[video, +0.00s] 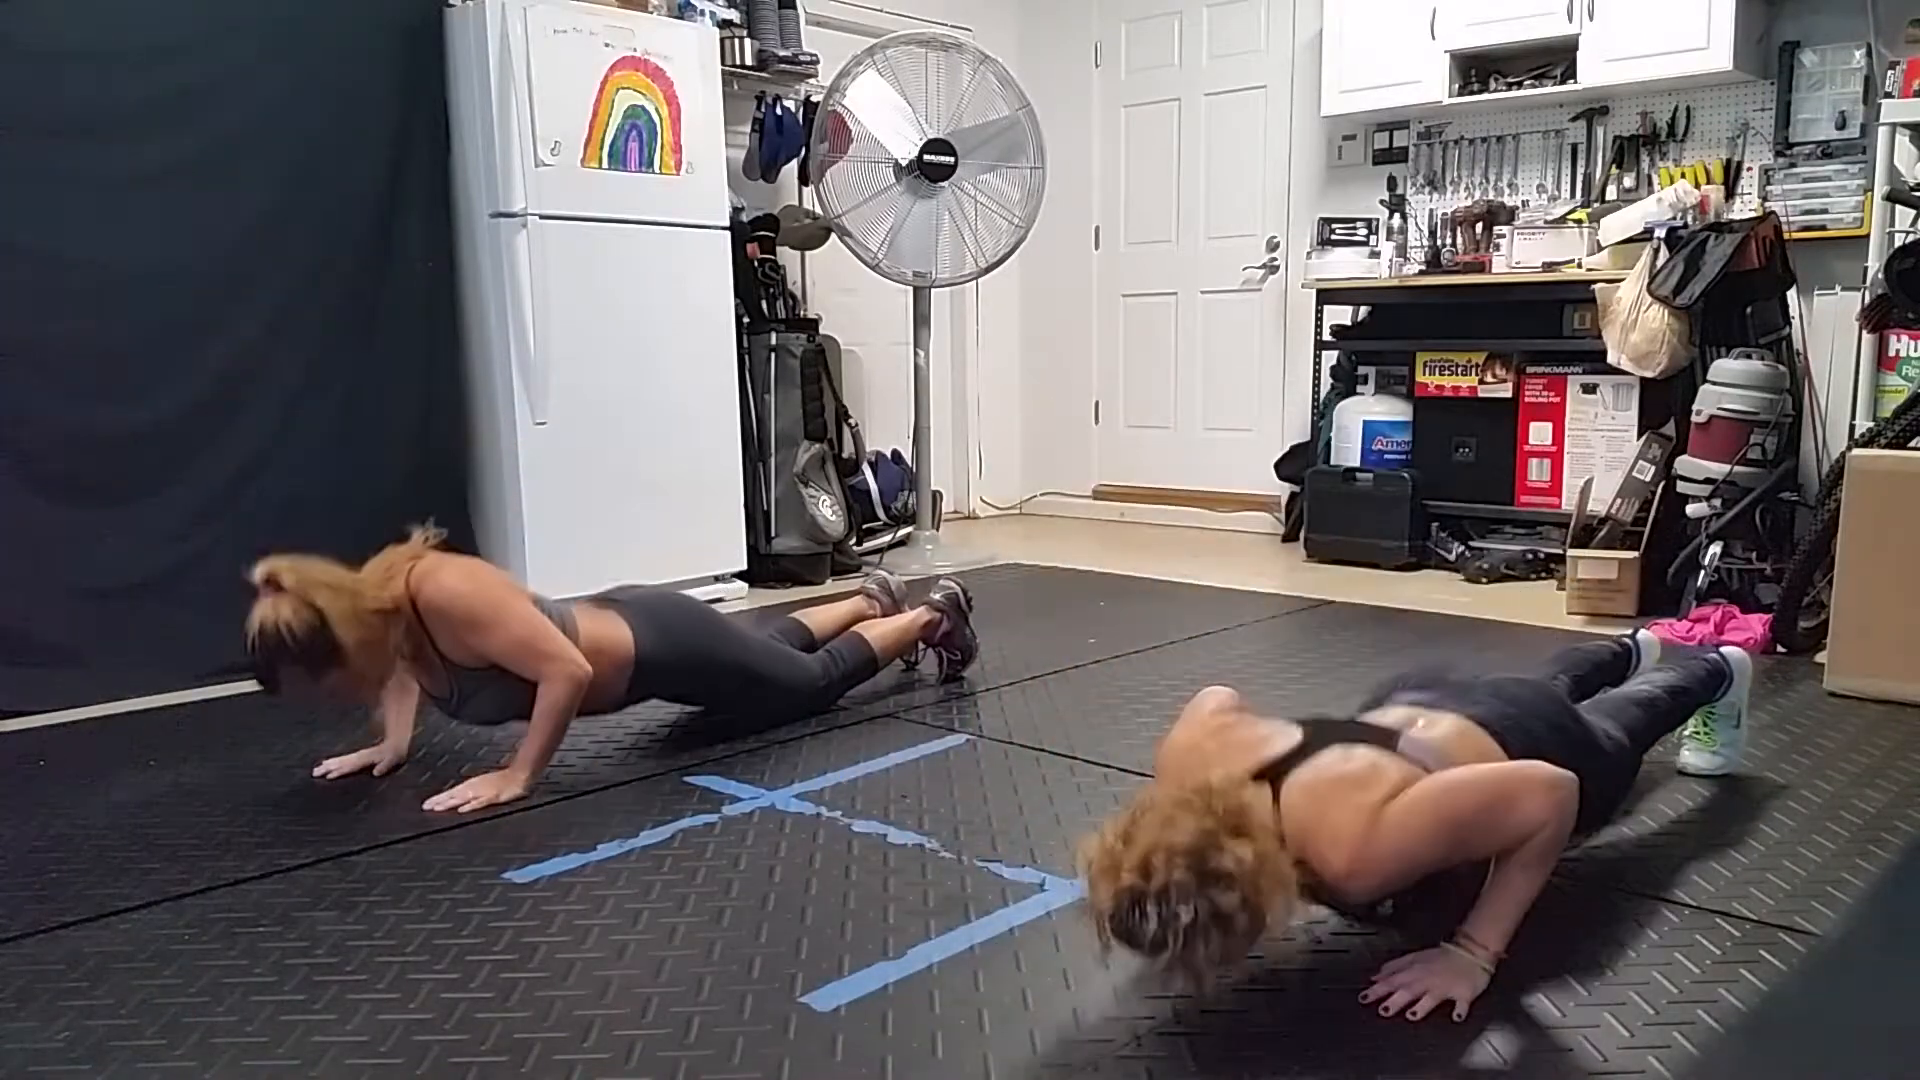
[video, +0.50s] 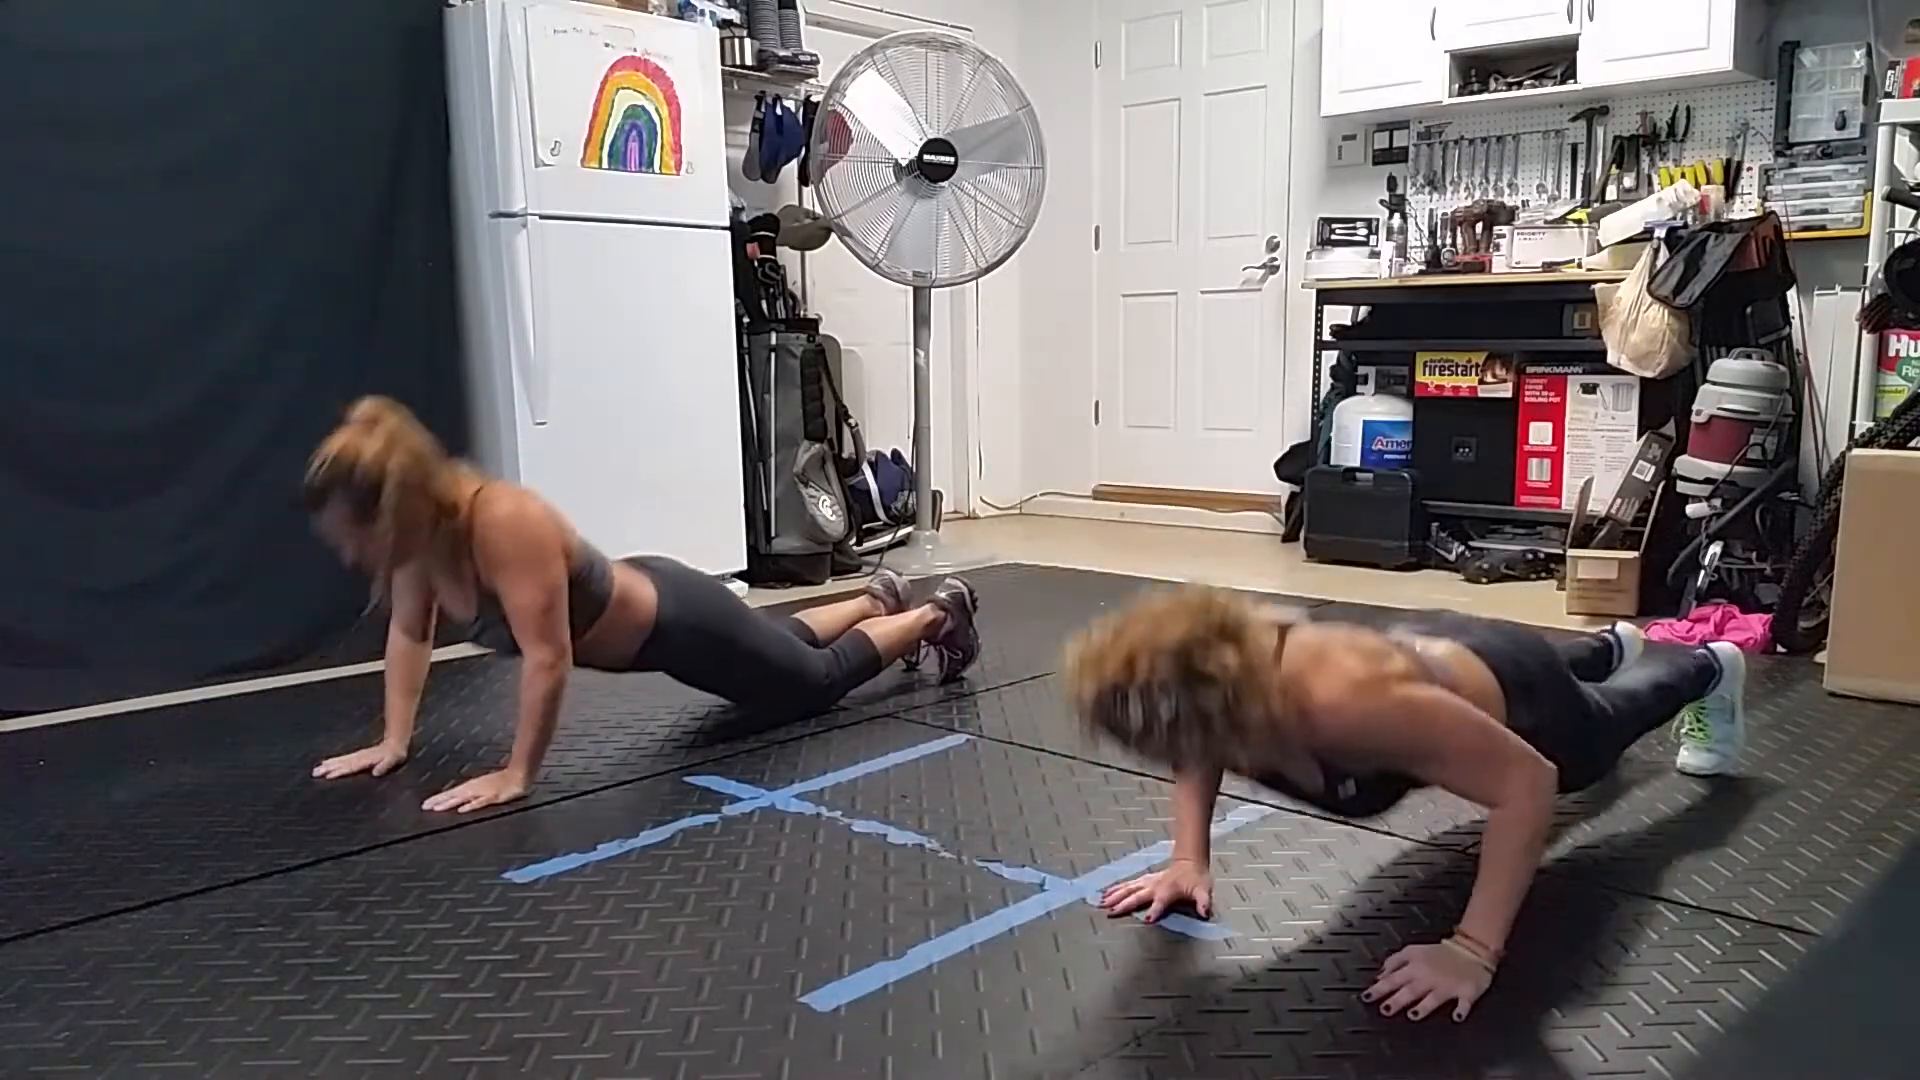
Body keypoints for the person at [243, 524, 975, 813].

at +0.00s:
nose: (330, 697)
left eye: (322, 684)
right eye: (315, 692)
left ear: (337, 645)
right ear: (334, 635)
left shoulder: (447, 593)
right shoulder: (386, 607)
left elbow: (564, 670)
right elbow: (399, 673)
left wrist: (515, 775)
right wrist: (389, 742)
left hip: (666, 646)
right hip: (631, 625)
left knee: (819, 677)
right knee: (764, 640)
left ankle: (927, 618)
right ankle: (869, 595)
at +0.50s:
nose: (342, 549)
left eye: (346, 531)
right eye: (334, 534)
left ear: (387, 505)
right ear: (377, 507)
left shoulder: (504, 520)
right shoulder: (415, 536)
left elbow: (547, 657)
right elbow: (408, 639)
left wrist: (517, 774)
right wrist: (394, 742)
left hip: (683, 624)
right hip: (643, 606)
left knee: (819, 678)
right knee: (768, 634)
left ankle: (932, 618)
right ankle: (874, 595)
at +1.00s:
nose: (416, 429)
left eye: (434, 414)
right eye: (415, 410)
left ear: (497, 412)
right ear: (433, 408)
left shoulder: (542, 508)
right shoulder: (463, 443)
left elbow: (539, 650)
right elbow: (332, 376)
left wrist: (518, 773)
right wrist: (212, 306)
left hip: (709, 599)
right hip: (679, 567)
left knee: (830, 687)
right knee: (787, 634)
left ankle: (931, 621)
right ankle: (878, 598)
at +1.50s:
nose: (369, 463)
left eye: (383, 445)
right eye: (365, 445)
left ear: (453, 438)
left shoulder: (522, 513)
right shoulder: (433, 504)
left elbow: (542, 655)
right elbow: (422, 618)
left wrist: (518, 772)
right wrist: (397, 732)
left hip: (702, 603)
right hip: (666, 581)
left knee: (832, 676)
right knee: (780, 641)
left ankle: (937, 607)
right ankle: (884, 591)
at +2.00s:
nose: (314, 685)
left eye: (307, 671)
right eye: (299, 675)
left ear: (337, 632)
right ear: (333, 630)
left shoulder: (449, 609)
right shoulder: (383, 614)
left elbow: (561, 672)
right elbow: (392, 665)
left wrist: (516, 774)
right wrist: (398, 734)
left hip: (657, 652)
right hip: (618, 629)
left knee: (814, 678)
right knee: (760, 643)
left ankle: (914, 613)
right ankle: (865, 597)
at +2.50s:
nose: (331, 591)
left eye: (324, 573)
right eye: (318, 582)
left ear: (348, 536)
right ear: (342, 534)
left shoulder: (472, 519)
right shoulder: (397, 524)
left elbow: (535, 649)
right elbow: (404, 627)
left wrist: (517, 774)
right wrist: (398, 735)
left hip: (669, 576)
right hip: (636, 576)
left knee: (795, 679)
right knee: (771, 653)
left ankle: (918, 635)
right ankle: (883, 616)